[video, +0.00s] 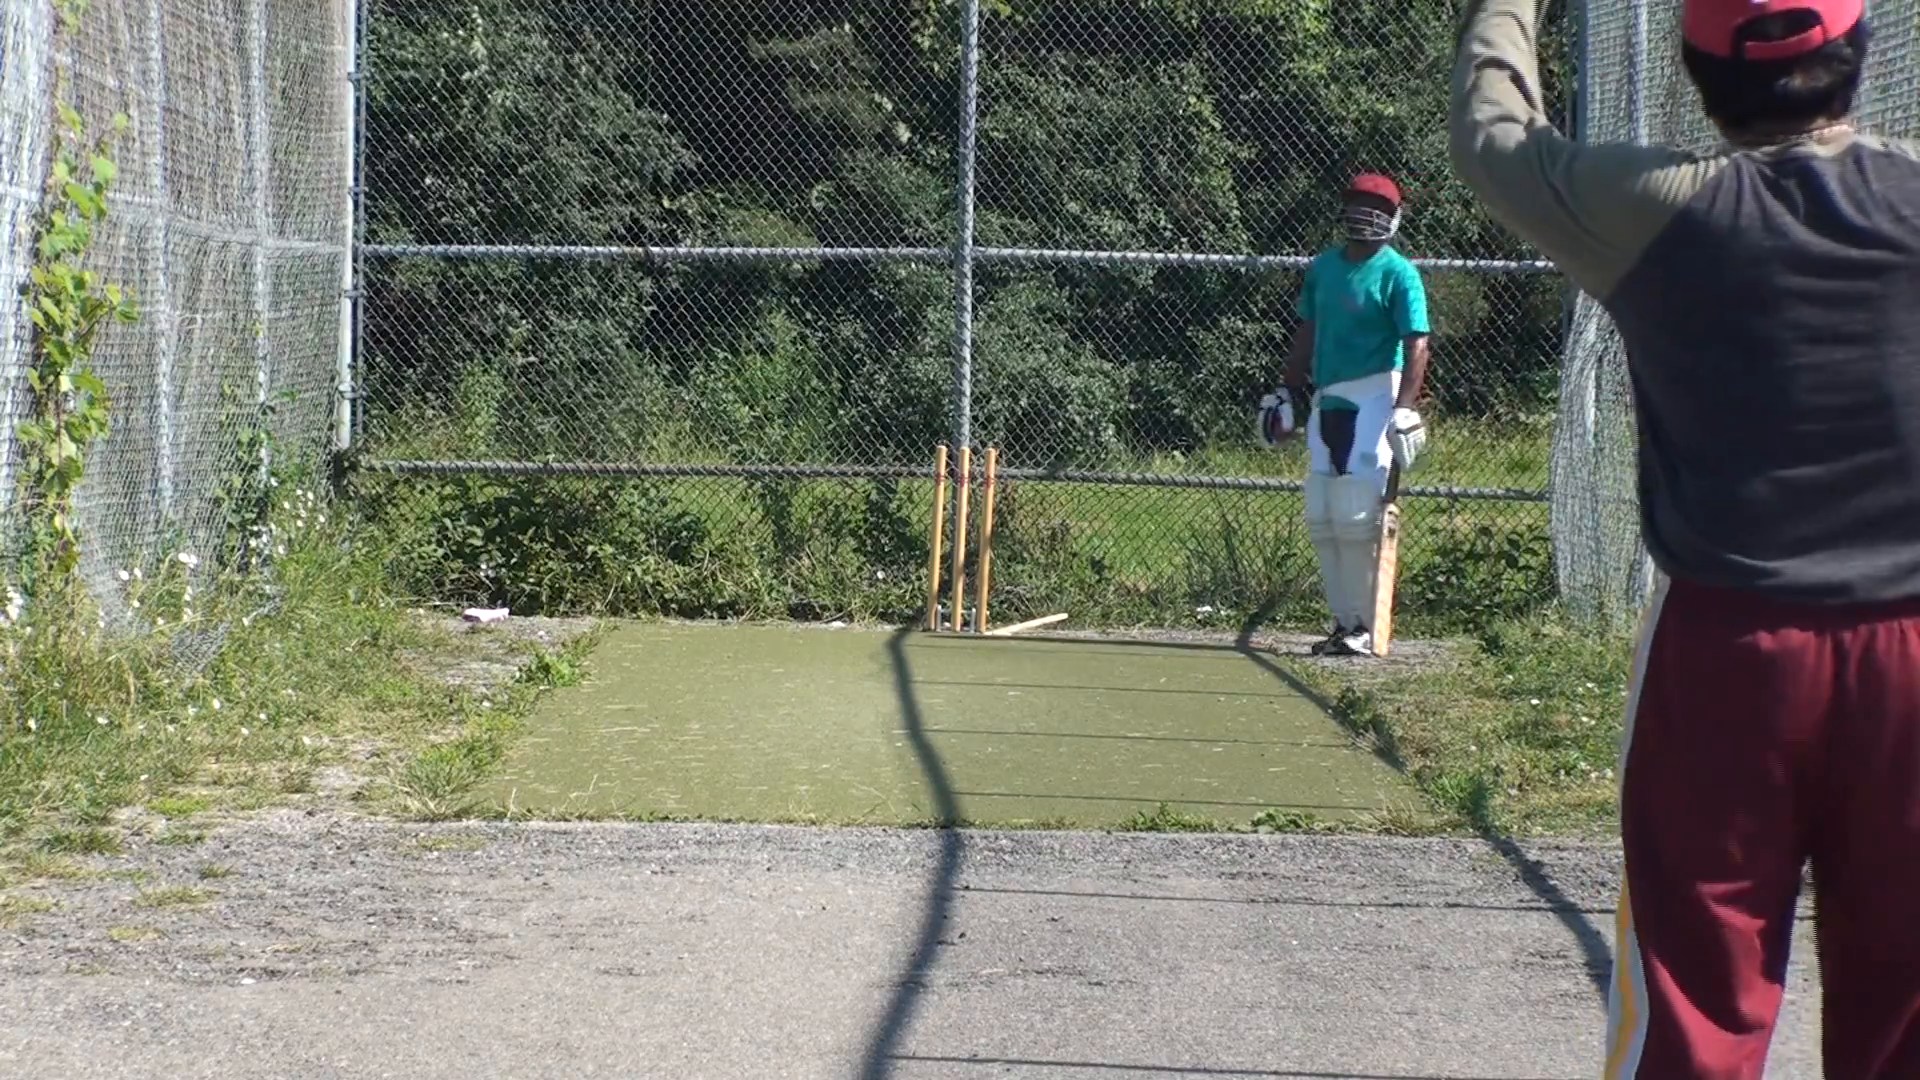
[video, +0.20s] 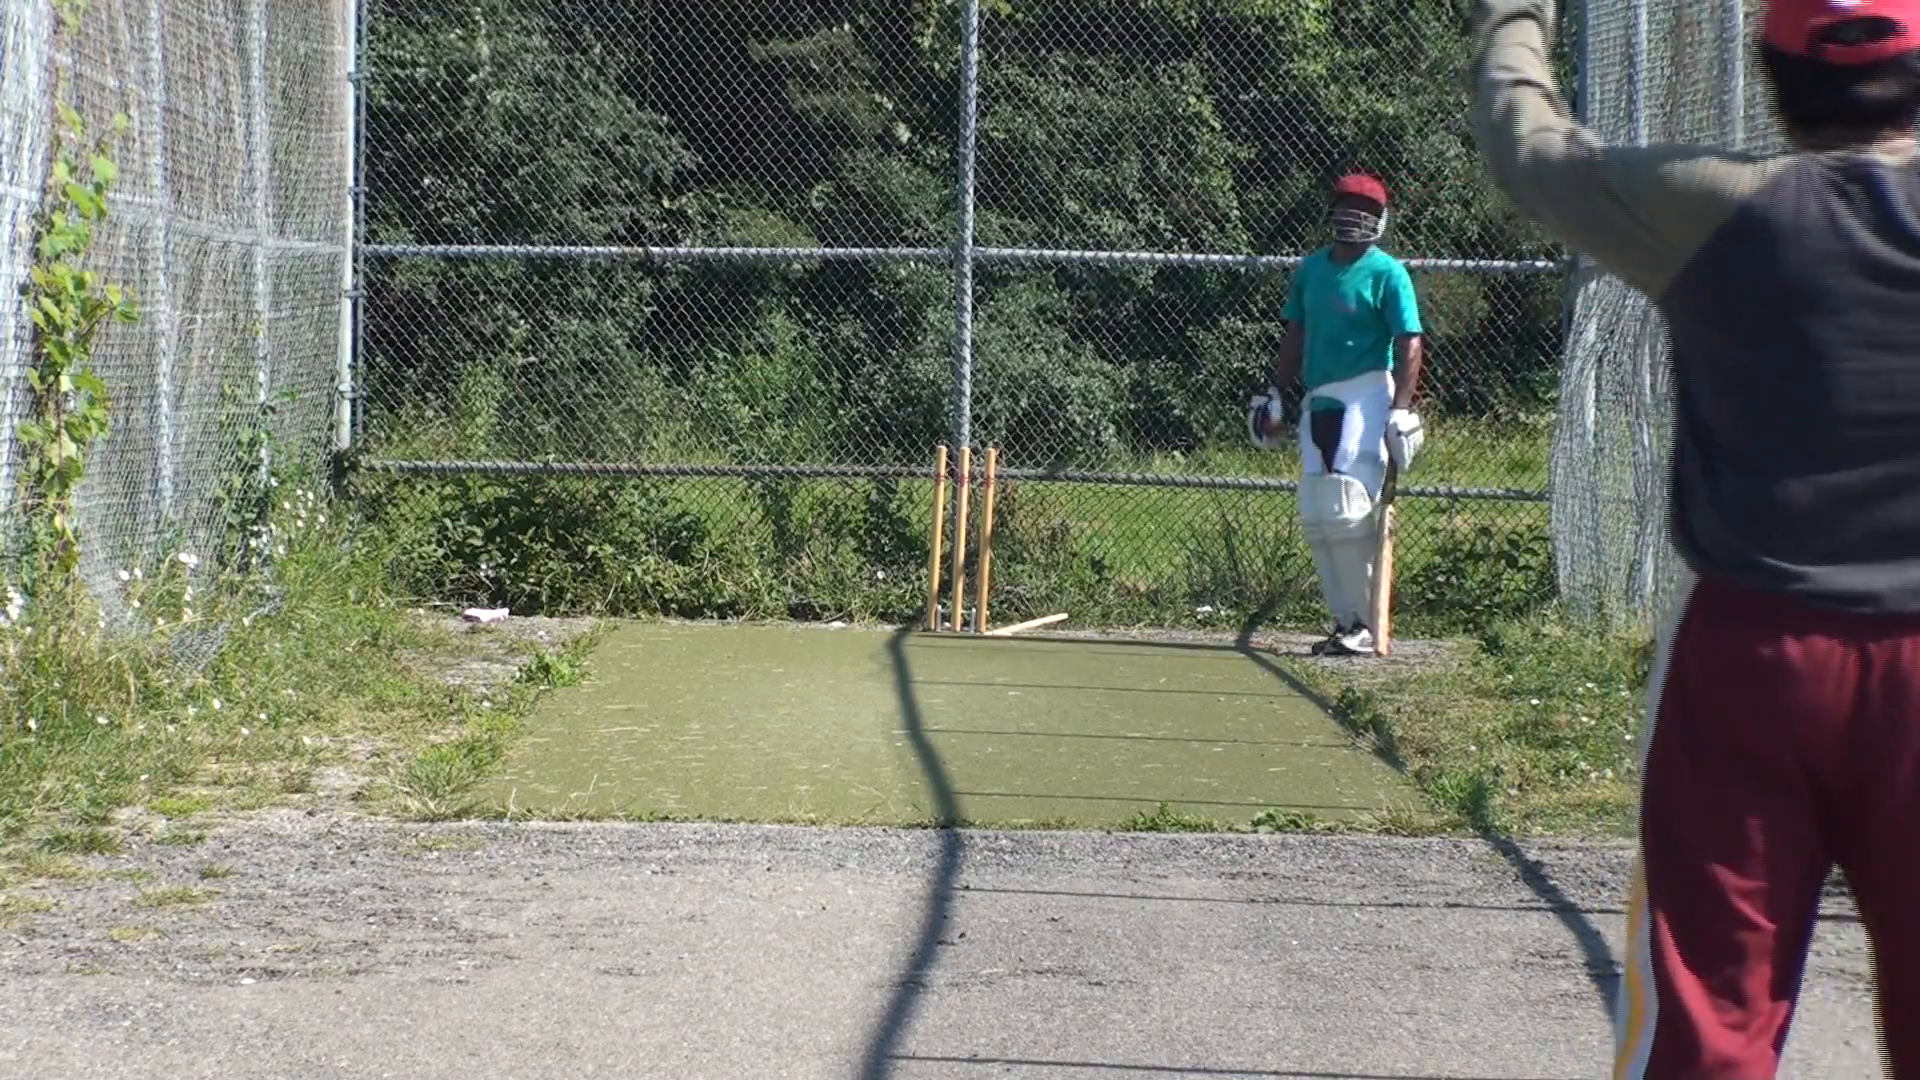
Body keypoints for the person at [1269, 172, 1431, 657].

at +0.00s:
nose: (1366, 218)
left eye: (1377, 212)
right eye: (1358, 208)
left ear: (1393, 221)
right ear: (1345, 213)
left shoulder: (1400, 273)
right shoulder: (1322, 267)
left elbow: (1418, 346)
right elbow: (1306, 333)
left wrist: (1405, 410)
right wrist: (1288, 391)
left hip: (1374, 398)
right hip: (1328, 398)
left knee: (1357, 516)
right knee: (1321, 516)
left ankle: (1365, 628)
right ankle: (1344, 624)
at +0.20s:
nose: (1352, 221)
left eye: (1363, 215)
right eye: (1345, 213)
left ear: (1379, 223)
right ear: (1332, 216)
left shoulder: (1389, 273)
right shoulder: (1309, 270)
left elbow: (1410, 345)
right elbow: (1293, 335)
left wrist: (1401, 411)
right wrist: (1279, 394)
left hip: (1367, 395)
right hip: (1319, 397)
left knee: (1348, 508)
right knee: (1317, 513)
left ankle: (1365, 626)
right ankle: (1345, 623)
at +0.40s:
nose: (1337, 224)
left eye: (1349, 217)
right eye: (1330, 215)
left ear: (1364, 223)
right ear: (1317, 217)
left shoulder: (1376, 272)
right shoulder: (1296, 270)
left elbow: (1401, 346)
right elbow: (1284, 334)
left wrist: (1397, 414)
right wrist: (1267, 385)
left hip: (1358, 392)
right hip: (1310, 396)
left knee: (1336, 503)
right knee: (1317, 507)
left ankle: (1338, 617)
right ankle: (1350, 623)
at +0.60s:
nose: (1320, 229)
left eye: (1331, 221)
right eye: (1312, 220)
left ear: (1347, 225)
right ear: (1300, 223)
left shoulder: (1364, 274)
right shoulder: (1282, 275)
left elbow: (1390, 345)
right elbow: (1268, 336)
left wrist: (1389, 411)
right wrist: (1255, 376)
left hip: (1345, 395)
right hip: (1296, 399)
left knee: (1321, 507)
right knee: (1309, 511)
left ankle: (1301, 625)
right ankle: (1350, 625)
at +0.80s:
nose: (1311, 225)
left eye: (1321, 217)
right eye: (1302, 216)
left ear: (1338, 222)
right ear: (1290, 219)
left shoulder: (1353, 273)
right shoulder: (1272, 271)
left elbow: (1377, 346)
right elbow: (1258, 333)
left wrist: (1373, 413)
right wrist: (1241, 361)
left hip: (1332, 394)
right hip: (1282, 396)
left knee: (1307, 508)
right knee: (1266, 513)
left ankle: (1299, 631)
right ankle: (1335, 608)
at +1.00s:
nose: (1296, 214)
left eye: (1307, 207)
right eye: (1288, 205)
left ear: (1325, 213)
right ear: (1277, 210)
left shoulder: (1341, 271)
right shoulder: (1257, 267)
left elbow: (1361, 346)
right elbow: (1245, 333)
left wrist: (1360, 412)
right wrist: (1223, 354)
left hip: (1318, 397)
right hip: (1263, 396)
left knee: (1302, 510)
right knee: (1229, 498)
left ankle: (1298, 632)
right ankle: (1257, 617)